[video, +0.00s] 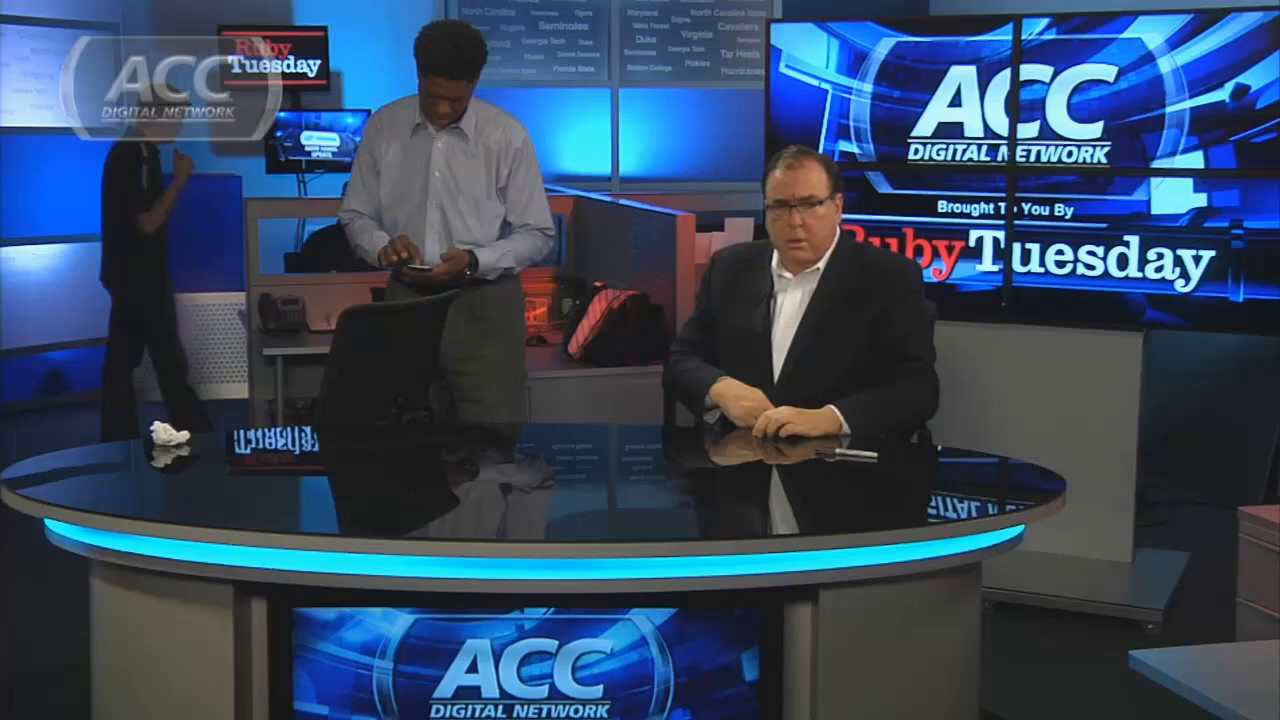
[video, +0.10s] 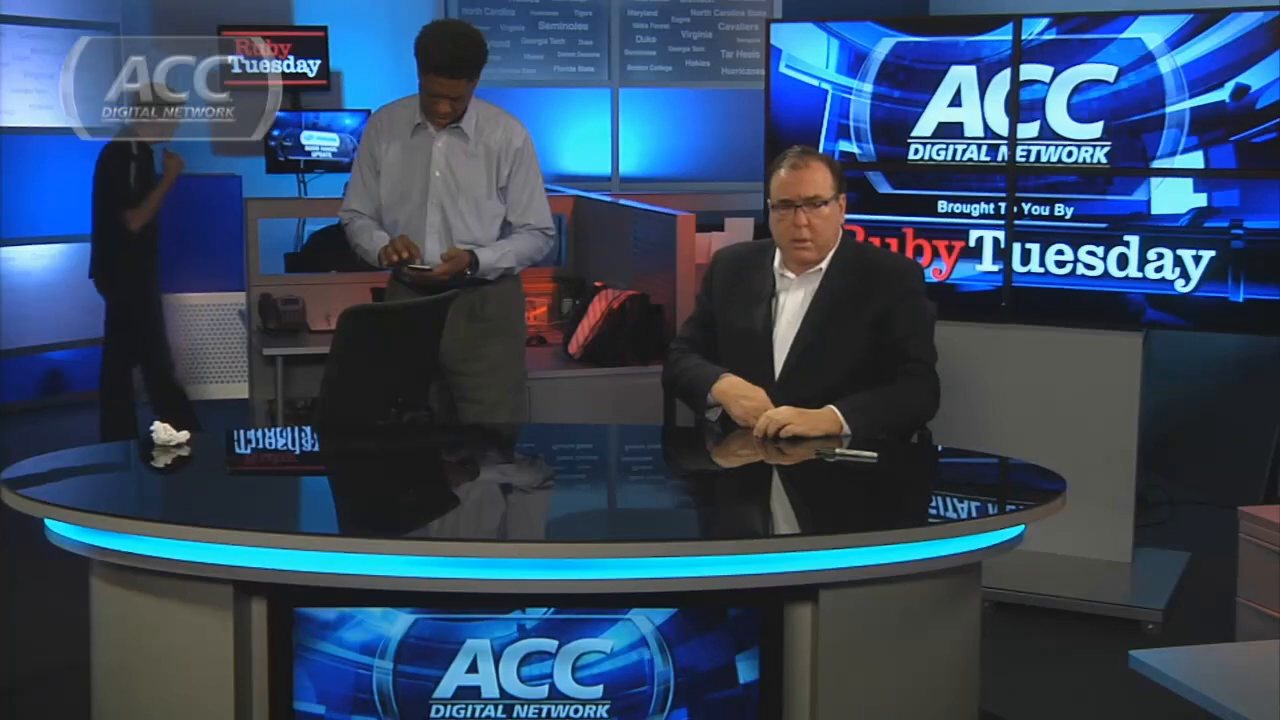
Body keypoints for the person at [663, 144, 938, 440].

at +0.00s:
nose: (795, 221)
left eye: (810, 205)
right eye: (781, 206)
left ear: (838, 207)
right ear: (766, 211)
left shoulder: (893, 278)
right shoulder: (732, 270)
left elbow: (919, 390)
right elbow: (684, 360)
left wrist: (834, 417)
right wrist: (724, 390)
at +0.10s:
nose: (800, 221)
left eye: (815, 204)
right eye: (785, 206)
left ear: (841, 208)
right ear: (769, 211)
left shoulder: (893, 279)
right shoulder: (732, 269)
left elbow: (919, 392)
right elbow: (682, 360)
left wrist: (834, 418)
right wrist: (723, 387)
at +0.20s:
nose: (802, 221)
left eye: (817, 205)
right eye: (787, 206)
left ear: (843, 208)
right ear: (771, 211)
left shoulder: (894, 280)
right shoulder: (733, 269)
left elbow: (919, 392)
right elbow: (682, 359)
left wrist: (833, 419)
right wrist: (725, 385)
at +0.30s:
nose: (803, 221)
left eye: (818, 205)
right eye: (789, 207)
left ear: (844, 209)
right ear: (773, 211)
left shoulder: (895, 280)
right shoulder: (734, 268)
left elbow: (919, 393)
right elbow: (683, 359)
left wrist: (832, 419)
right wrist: (727, 386)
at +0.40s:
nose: (803, 221)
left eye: (819, 205)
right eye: (789, 207)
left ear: (846, 209)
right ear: (774, 211)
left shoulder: (896, 280)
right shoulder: (735, 267)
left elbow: (919, 393)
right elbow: (682, 358)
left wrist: (832, 419)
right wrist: (726, 383)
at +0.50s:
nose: (795, 222)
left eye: (811, 206)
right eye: (784, 206)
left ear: (846, 208)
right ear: (772, 209)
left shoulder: (897, 280)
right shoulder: (738, 266)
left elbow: (921, 393)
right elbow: (683, 355)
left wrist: (832, 419)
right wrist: (729, 381)